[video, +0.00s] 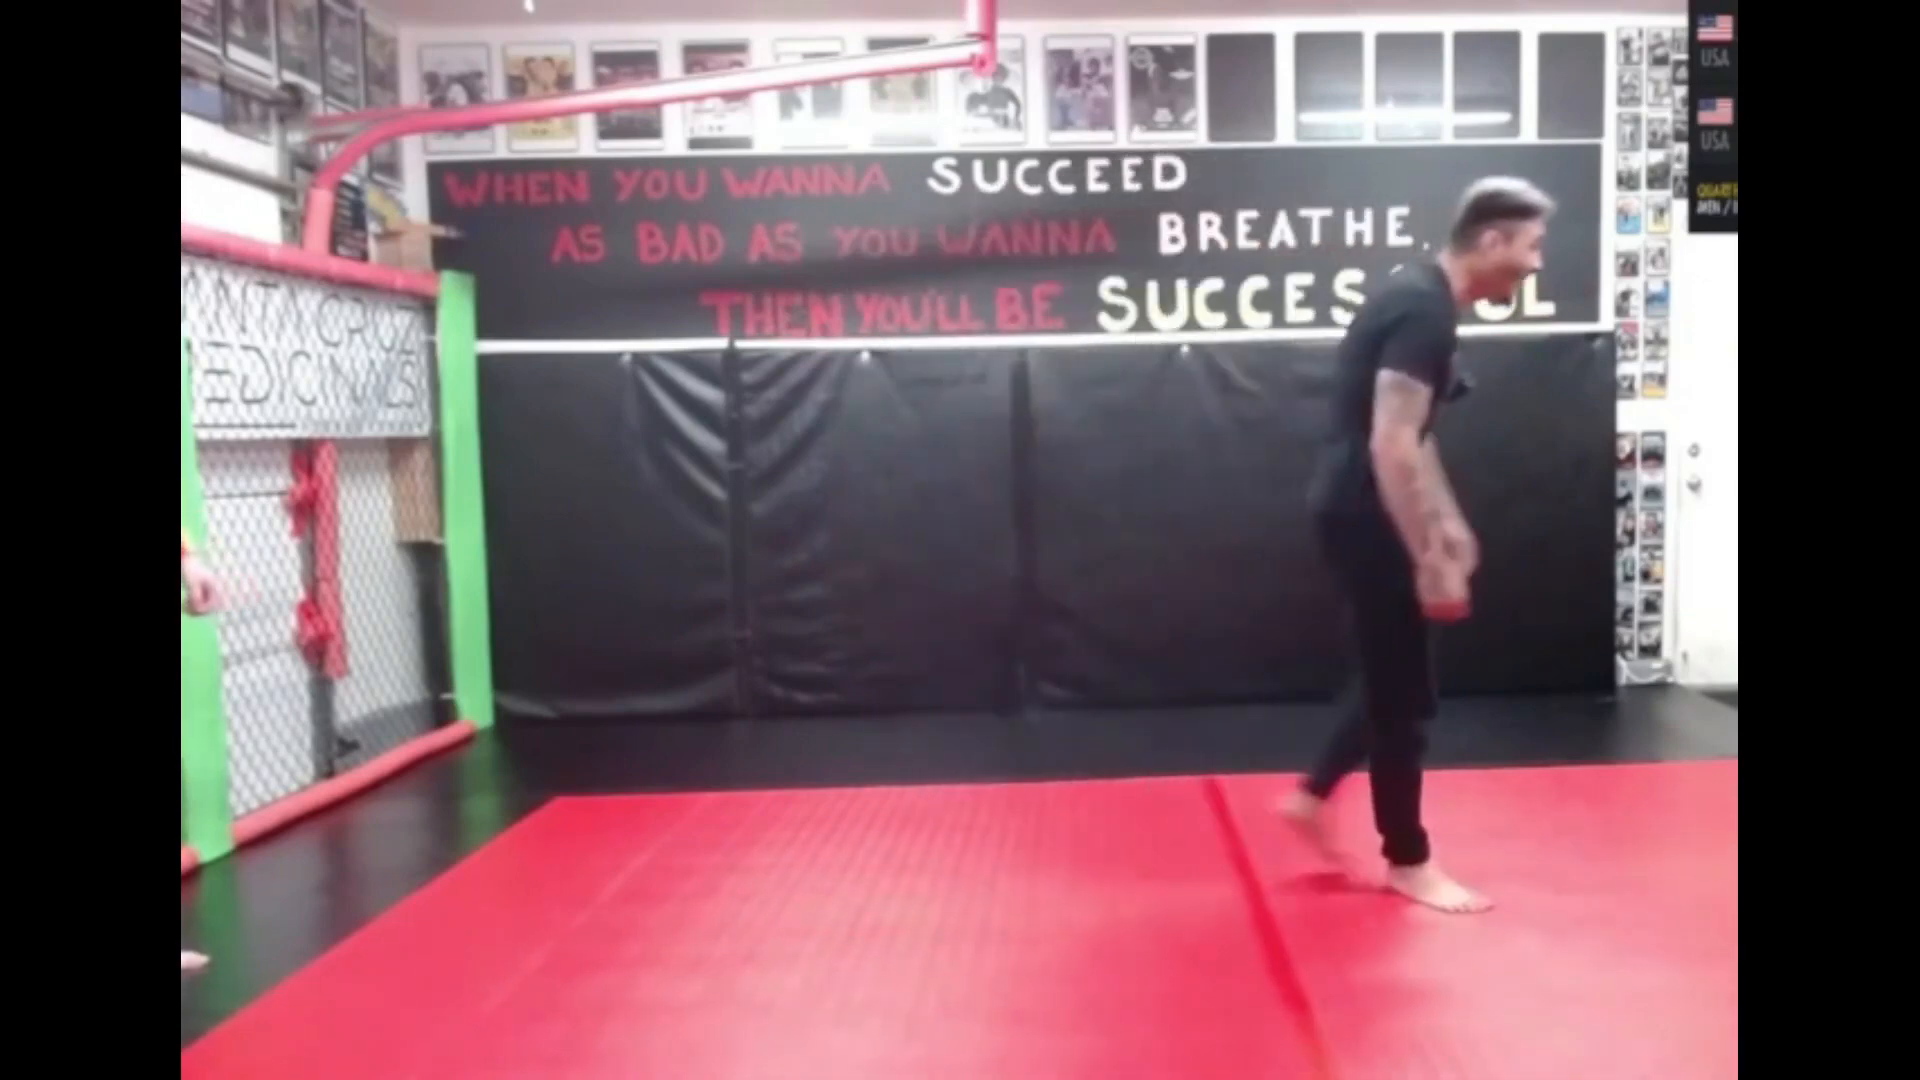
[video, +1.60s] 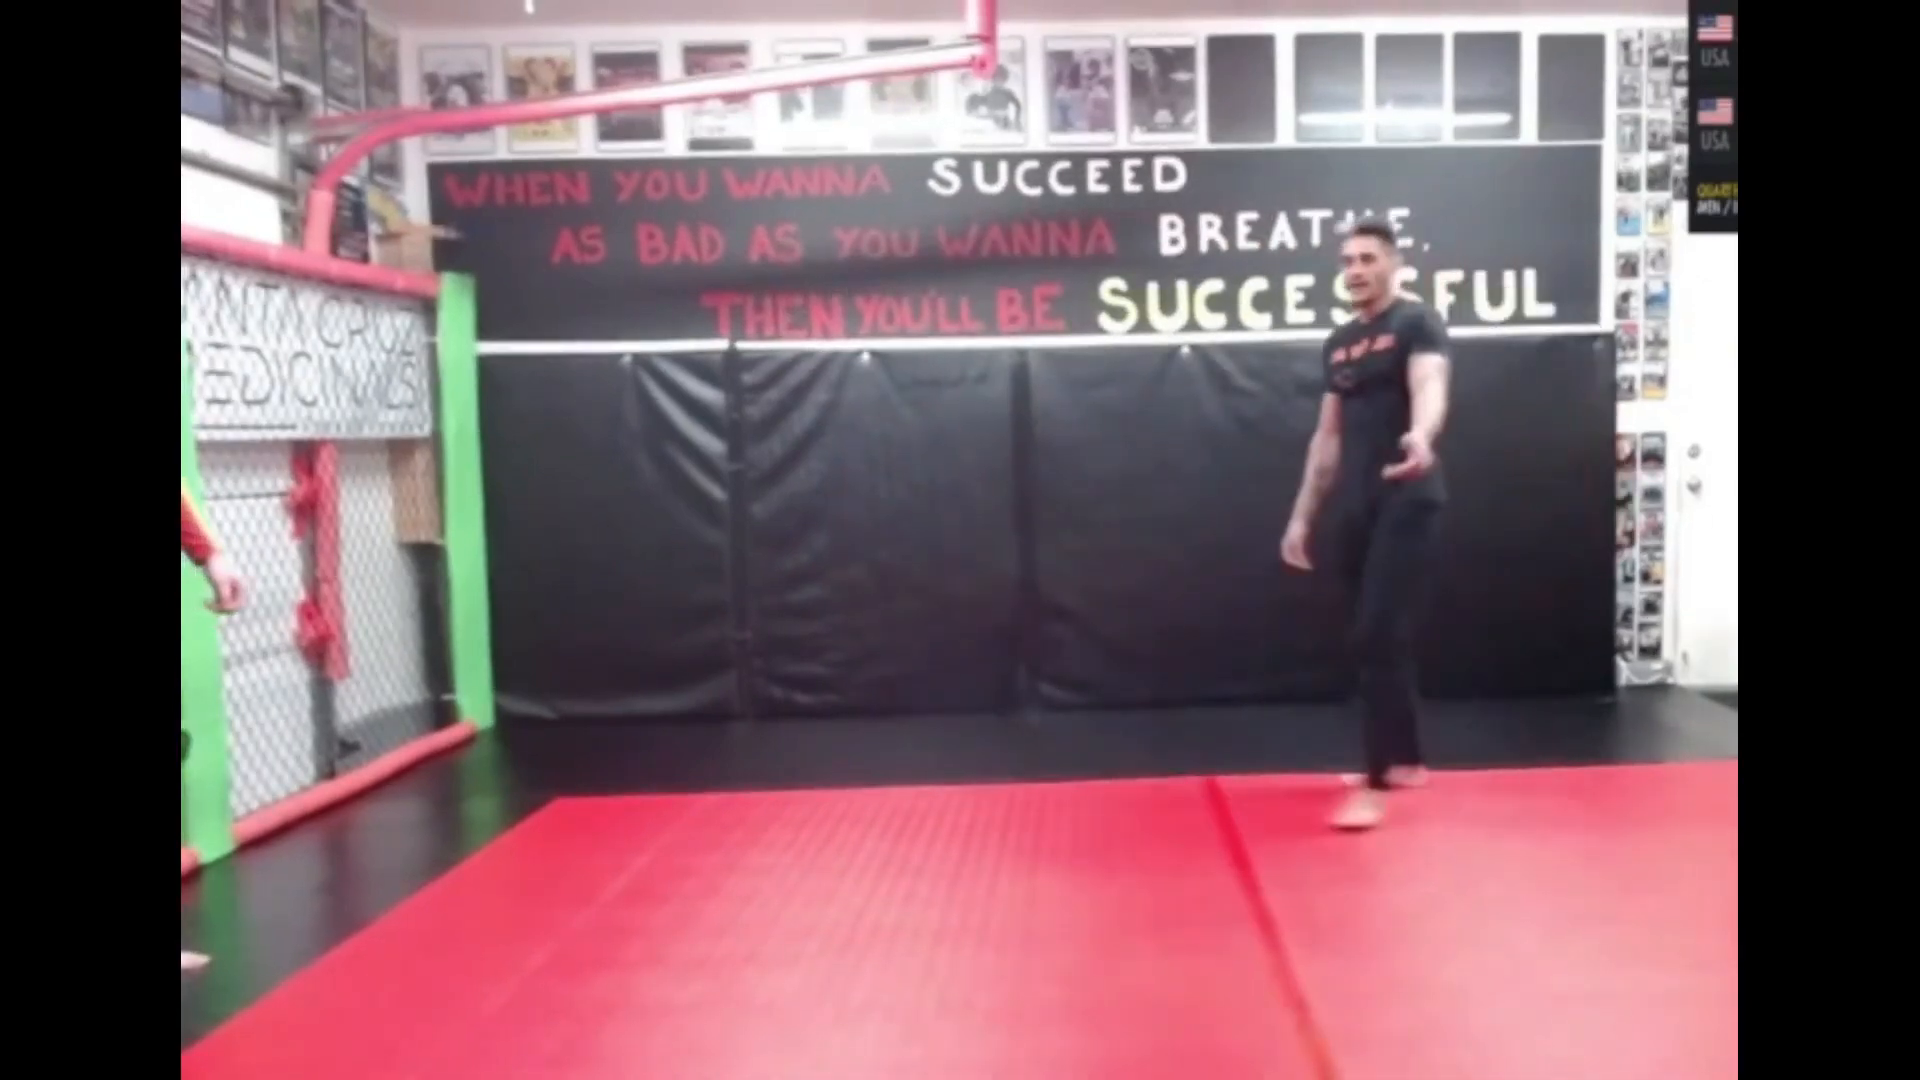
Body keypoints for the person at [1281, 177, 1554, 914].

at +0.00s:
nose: (1533, 266)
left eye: (1537, 250)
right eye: (1529, 248)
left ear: (1487, 242)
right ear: (1489, 240)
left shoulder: (1424, 302)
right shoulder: (1423, 312)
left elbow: (1415, 435)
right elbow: (1390, 445)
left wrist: (1449, 523)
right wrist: (1426, 556)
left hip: (1374, 510)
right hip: (1365, 517)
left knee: (1392, 675)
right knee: (1402, 688)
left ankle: (1311, 794)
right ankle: (1407, 862)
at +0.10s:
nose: (1547, 259)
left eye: (1550, 243)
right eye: (1542, 241)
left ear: (1497, 236)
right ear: (1502, 235)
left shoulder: (1441, 299)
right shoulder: (1435, 308)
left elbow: (1442, 423)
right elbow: (1408, 440)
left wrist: (1483, 512)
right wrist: (1449, 553)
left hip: (1397, 512)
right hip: (1387, 519)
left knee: (1413, 677)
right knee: (1414, 682)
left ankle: (1396, 818)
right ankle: (1410, 860)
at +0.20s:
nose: (1562, 250)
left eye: (1564, 234)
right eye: (1555, 233)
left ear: (1510, 231)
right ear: (1512, 229)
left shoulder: (1471, 305)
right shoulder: (1440, 305)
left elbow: (1479, 419)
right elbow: (1418, 439)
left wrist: (1527, 511)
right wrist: (1465, 552)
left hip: (1448, 511)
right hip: (1409, 517)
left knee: (1475, 651)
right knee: (1425, 675)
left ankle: (1479, 801)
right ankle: (1412, 860)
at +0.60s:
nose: (1533, 230)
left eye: (1545, 218)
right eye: (1519, 217)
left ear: (1560, 231)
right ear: (1490, 227)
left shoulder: (1571, 308)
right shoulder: (1446, 308)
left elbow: (1591, 408)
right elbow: (1404, 414)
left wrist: (1609, 486)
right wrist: (1390, 517)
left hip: (1541, 506)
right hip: (1459, 503)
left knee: (1536, 657)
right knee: (1455, 657)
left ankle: (1522, 800)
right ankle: (1446, 830)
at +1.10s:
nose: (1438, 251)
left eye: (1451, 239)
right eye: (1431, 241)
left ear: (1487, 245)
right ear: (1426, 250)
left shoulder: (1522, 318)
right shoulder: (1415, 326)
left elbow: (1540, 422)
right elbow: (1398, 424)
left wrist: (1514, 519)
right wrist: (1381, 510)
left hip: (1495, 512)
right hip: (1424, 508)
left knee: (1508, 656)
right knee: (1405, 639)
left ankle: (1518, 797)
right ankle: (1395, 765)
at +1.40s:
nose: (1382, 271)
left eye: (1393, 259)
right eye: (1374, 261)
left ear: (1422, 263)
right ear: (1367, 270)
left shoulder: (1445, 329)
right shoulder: (1358, 344)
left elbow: (1457, 414)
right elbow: (1345, 433)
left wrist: (1422, 472)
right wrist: (1324, 516)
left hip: (1422, 494)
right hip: (1366, 497)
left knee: (1422, 632)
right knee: (1378, 628)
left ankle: (1459, 785)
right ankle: (1404, 756)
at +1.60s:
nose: (1355, 270)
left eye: (1367, 259)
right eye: (1348, 261)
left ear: (1394, 265)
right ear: (1342, 271)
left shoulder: (1416, 322)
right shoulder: (1340, 344)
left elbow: (1430, 387)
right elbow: (1327, 437)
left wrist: (1421, 434)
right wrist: (1300, 518)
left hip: (1406, 490)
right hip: (1355, 494)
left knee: (1377, 626)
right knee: (1375, 626)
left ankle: (1375, 779)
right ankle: (1404, 759)